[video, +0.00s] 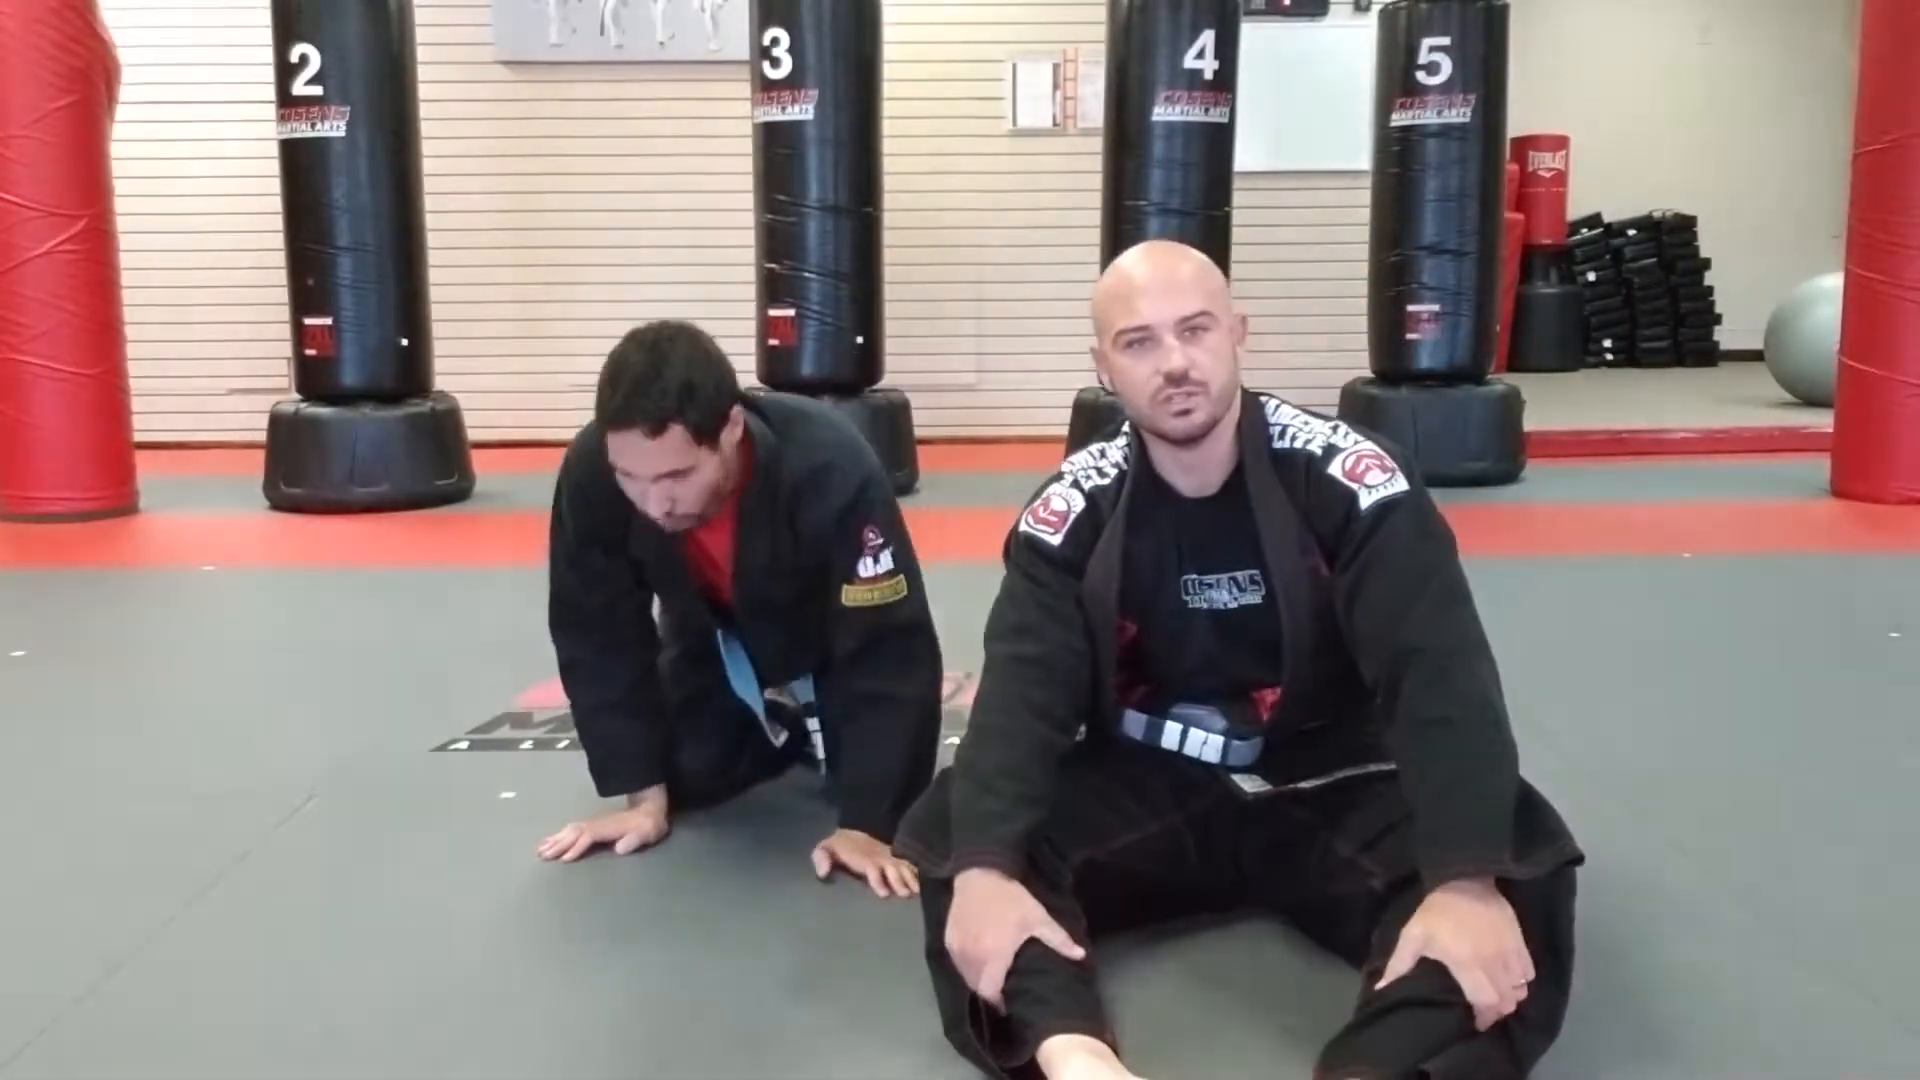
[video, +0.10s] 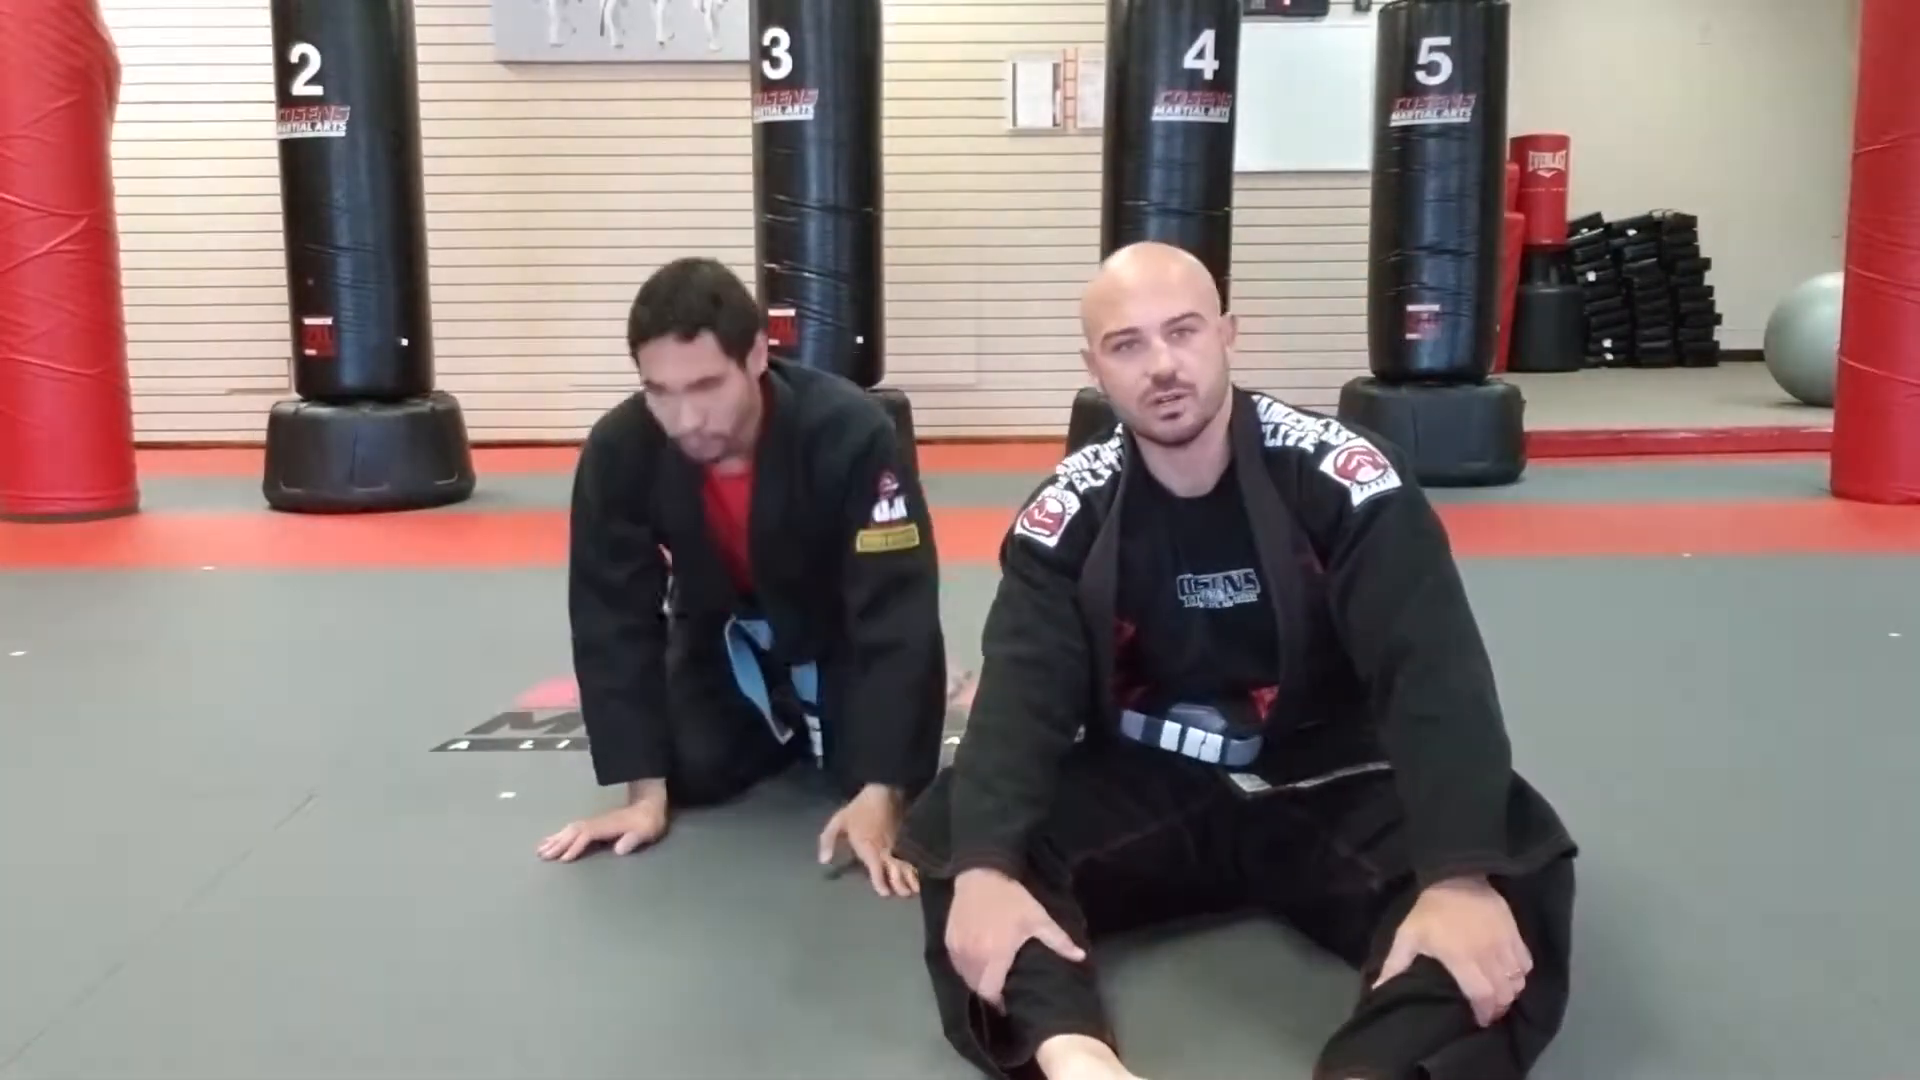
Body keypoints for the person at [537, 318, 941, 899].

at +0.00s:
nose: (652, 504)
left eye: (674, 477)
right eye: (628, 478)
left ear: (731, 433)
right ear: (609, 450)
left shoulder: (828, 466)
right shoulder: (597, 472)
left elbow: (890, 640)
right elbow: (599, 633)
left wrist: (864, 826)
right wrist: (642, 797)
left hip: (833, 636)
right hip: (714, 641)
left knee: (885, 815)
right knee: (680, 778)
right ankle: (793, 725)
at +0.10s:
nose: (685, 418)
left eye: (707, 386)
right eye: (660, 392)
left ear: (759, 356)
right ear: (641, 379)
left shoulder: (849, 433)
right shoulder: (622, 451)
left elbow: (896, 605)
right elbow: (614, 617)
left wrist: (880, 789)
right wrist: (643, 794)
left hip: (841, 624)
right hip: (717, 627)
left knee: (882, 781)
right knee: (692, 776)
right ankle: (803, 720)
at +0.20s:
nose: (717, 354)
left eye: (737, 322)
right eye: (693, 329)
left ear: (782, 309)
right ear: (674, 331)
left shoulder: (867, 405)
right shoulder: (647, 426)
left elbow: (920, 570)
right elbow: (619, 591)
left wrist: (912, 728)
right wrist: (632, 762)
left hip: (852, 621)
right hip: (727, 624)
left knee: (882, 766)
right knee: (693, 768)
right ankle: (785, 714)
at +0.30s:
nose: (739, 293)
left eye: (758, 264)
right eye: (715, 272)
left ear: (798, 266)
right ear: (697, 285)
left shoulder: (881, 377)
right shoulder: (665, 394)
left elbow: (942, 530)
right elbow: (620, 546)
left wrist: (920, 674)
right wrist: (621, 699)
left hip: (863, 609)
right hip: (736, 611)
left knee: (893, 762)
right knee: (683, 761)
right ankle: (799, 711)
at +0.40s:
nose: (757, 255)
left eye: (776, 231)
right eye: (735, 237)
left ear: (815, 242)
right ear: (715, 256)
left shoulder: (891, 360)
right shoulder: (677, 369)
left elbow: (953, 504)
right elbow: (624, 512)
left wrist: (921, 642)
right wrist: (639, 653)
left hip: (862, 600)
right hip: (737, 600)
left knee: (901, 762)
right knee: (685, 762)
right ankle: (809, 713)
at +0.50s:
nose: (771, 240)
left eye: (790, 219)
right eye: (750, 223)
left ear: (826, 237)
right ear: (728, 247)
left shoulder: (900, 360)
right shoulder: (682, 365)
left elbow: (964, 497)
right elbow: (635, 501)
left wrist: (929, 634)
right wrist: (655, 628)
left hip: (866, 599)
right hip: (740, 600)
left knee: (905, 761)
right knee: (682, 759)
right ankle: (810, 710)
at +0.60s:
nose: (781, 230)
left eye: (800, 211)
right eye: (759, 214)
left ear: (835, 232)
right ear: (736, 242)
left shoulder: (908, 354)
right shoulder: (688, 356)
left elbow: (974, 486)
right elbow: (631, 486)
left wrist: (938, 612)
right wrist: (663, 604)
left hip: (867, 603)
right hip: (739, 602)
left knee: (912, 758)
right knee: (677, 758)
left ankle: (789, 700)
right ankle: (809, 712)